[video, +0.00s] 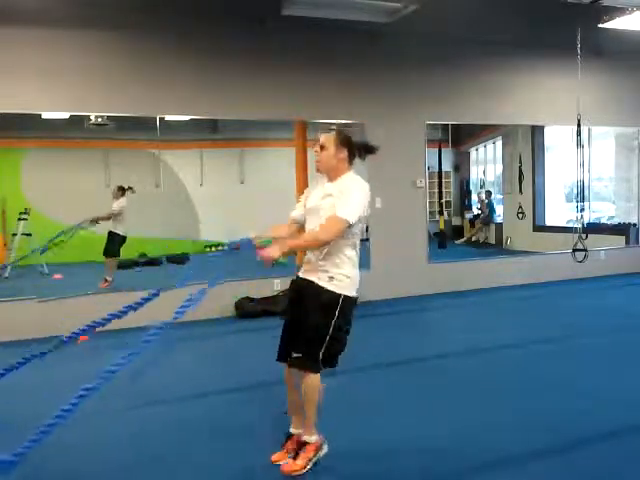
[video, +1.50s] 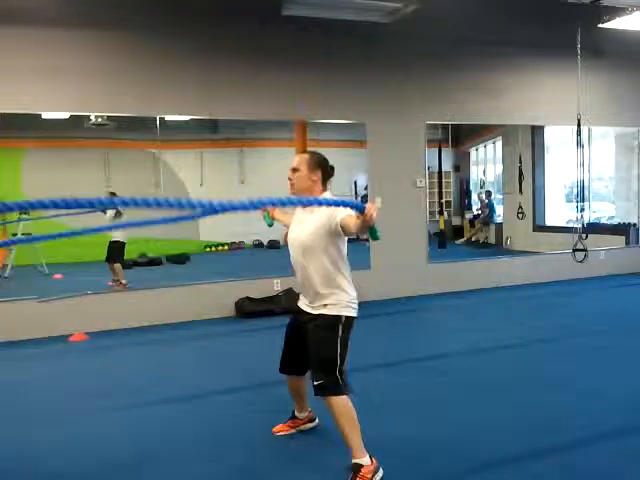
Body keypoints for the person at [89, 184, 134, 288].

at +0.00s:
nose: (113, 193)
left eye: (115, 192)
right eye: (114, 191)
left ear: (120, 193)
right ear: (121, 193)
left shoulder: (120, 203)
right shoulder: (121, 202)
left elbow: (110, 216)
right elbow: (111, 216)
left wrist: (97, 219)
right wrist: (98, 219)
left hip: (118, 232)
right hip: (116, 231)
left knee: (110, 256)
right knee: (111, 256)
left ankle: (109, 278)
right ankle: (109, 277)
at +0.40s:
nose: (113, 194)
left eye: (115, 192)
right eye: (113, 192)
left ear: (119, 193)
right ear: (120, 193)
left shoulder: (123, 201)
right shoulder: (117, 202)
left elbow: (121, 209)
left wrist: (109, 211)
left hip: (122, 231)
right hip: (119, 230)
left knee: (117, 255)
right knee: (116, 255)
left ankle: (116, 277)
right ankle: (116, 276)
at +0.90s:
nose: (118, 193)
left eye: (120, 191)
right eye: (118, 190)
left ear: (125, 192)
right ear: (123, 192)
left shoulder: (124, 204)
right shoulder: (121, 202)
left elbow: (118, 217)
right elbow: (117, 216)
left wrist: (105, 220)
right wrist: (105, 219)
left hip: (119, 232)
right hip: (115, 231)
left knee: (114, 257)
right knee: (111, 257)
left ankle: (116, 279)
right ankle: (114, 278)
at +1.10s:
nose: (117, 195)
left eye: (119, 194)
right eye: (118, 193)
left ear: (124, 195)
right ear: (123, 195)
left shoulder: (124, 205)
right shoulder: (120, 204)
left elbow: (122, 216)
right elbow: (116, 217)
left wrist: (108, 217)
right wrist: (102, 219)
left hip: (121, 236)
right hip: (117, 235)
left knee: (116, 260)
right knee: (114, 259)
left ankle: (116, 279)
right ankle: (115, 279)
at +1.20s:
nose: (118, 189)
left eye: (120, 187)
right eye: (119, 187)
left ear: (124, 189)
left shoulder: (125, 197)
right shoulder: (118, 199)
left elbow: (124, 204)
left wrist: (104, 204)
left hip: (121, 231)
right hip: (115, 230)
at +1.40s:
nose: (108, 197)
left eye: (110, 195)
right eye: (109, 195)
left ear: (114, 195)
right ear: (114, 195)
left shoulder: (119, 205)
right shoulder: (113, 205)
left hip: (121, 234)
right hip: (116, 234)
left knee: (120, 259)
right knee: (116, 259)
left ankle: (122, 280)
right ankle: (118, 278)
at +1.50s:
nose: (108, 201)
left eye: (109, 199)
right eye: (108, 199)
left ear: (113, 200)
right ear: (112, 200)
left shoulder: (116, 210)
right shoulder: (111, 210)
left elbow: (109, 219)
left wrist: (106, 212)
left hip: (119, 237)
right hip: (115, 236)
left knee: (116, 260)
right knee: (110, 260)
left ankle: (122, 280)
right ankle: (116, 279)